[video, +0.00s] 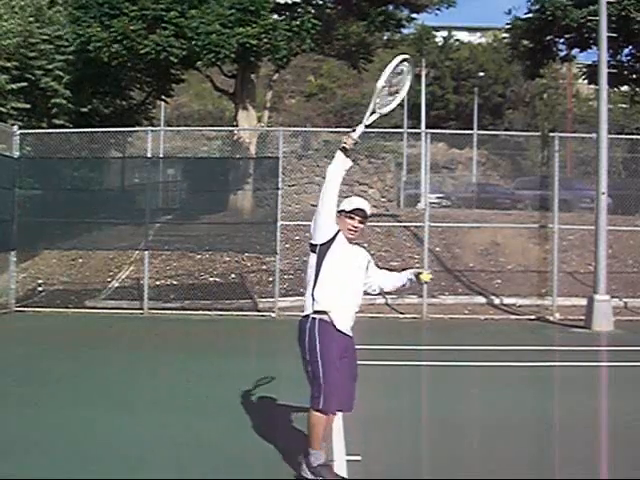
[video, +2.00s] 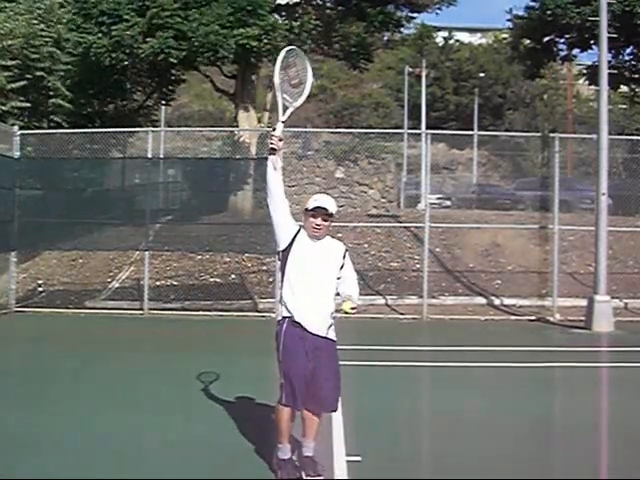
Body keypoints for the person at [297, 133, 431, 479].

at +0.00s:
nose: (355, 223)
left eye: (361, 218)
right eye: (350, 216)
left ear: (366, 223)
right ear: (338, 217)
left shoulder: (362, 258)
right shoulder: (327, 239)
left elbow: (379, 282)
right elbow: (327, 198)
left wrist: (409, 277)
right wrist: (343, 155)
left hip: (343, 330)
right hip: (319, 324)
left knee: (336, 398)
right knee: (324, 395)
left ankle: (318, 458)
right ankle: (315, 462)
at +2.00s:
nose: (319, 221)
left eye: (324, 216)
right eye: (314, 215)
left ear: (332, 221)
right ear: (304, 216)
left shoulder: (338, 251)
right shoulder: (290, 236)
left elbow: (349, 284)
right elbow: (276, 198)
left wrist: (348, 299)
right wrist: (274, 158)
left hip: (323, 330)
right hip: (293, 325)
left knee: (319, 396)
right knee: (291, 393)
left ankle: (307, 454)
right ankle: (283, 455)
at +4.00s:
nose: (305, 245)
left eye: (310, 240)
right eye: (300, 239)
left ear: (315, 237)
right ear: (286, 232)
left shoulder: (318, 260)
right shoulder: (265, 254)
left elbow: (328, 292)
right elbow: (244, 285)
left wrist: (329, 317)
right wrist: (258, 300)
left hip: (305, 344)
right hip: (272, 340)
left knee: (302, 400)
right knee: (259, 400)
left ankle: (300, 457)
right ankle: (241, 456)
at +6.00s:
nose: (286, 233)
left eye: (289, 230)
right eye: (280, 227)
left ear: (291, 236)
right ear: (263, 229)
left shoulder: (293, 271)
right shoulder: (238, 255)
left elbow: (306, 309)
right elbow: (211, 286)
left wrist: (322, 340)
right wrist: (190, 316)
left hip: (276, 351)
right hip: (238, 347)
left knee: (294, 407)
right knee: (230, 406)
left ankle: (303, 463)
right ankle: (225, 458)